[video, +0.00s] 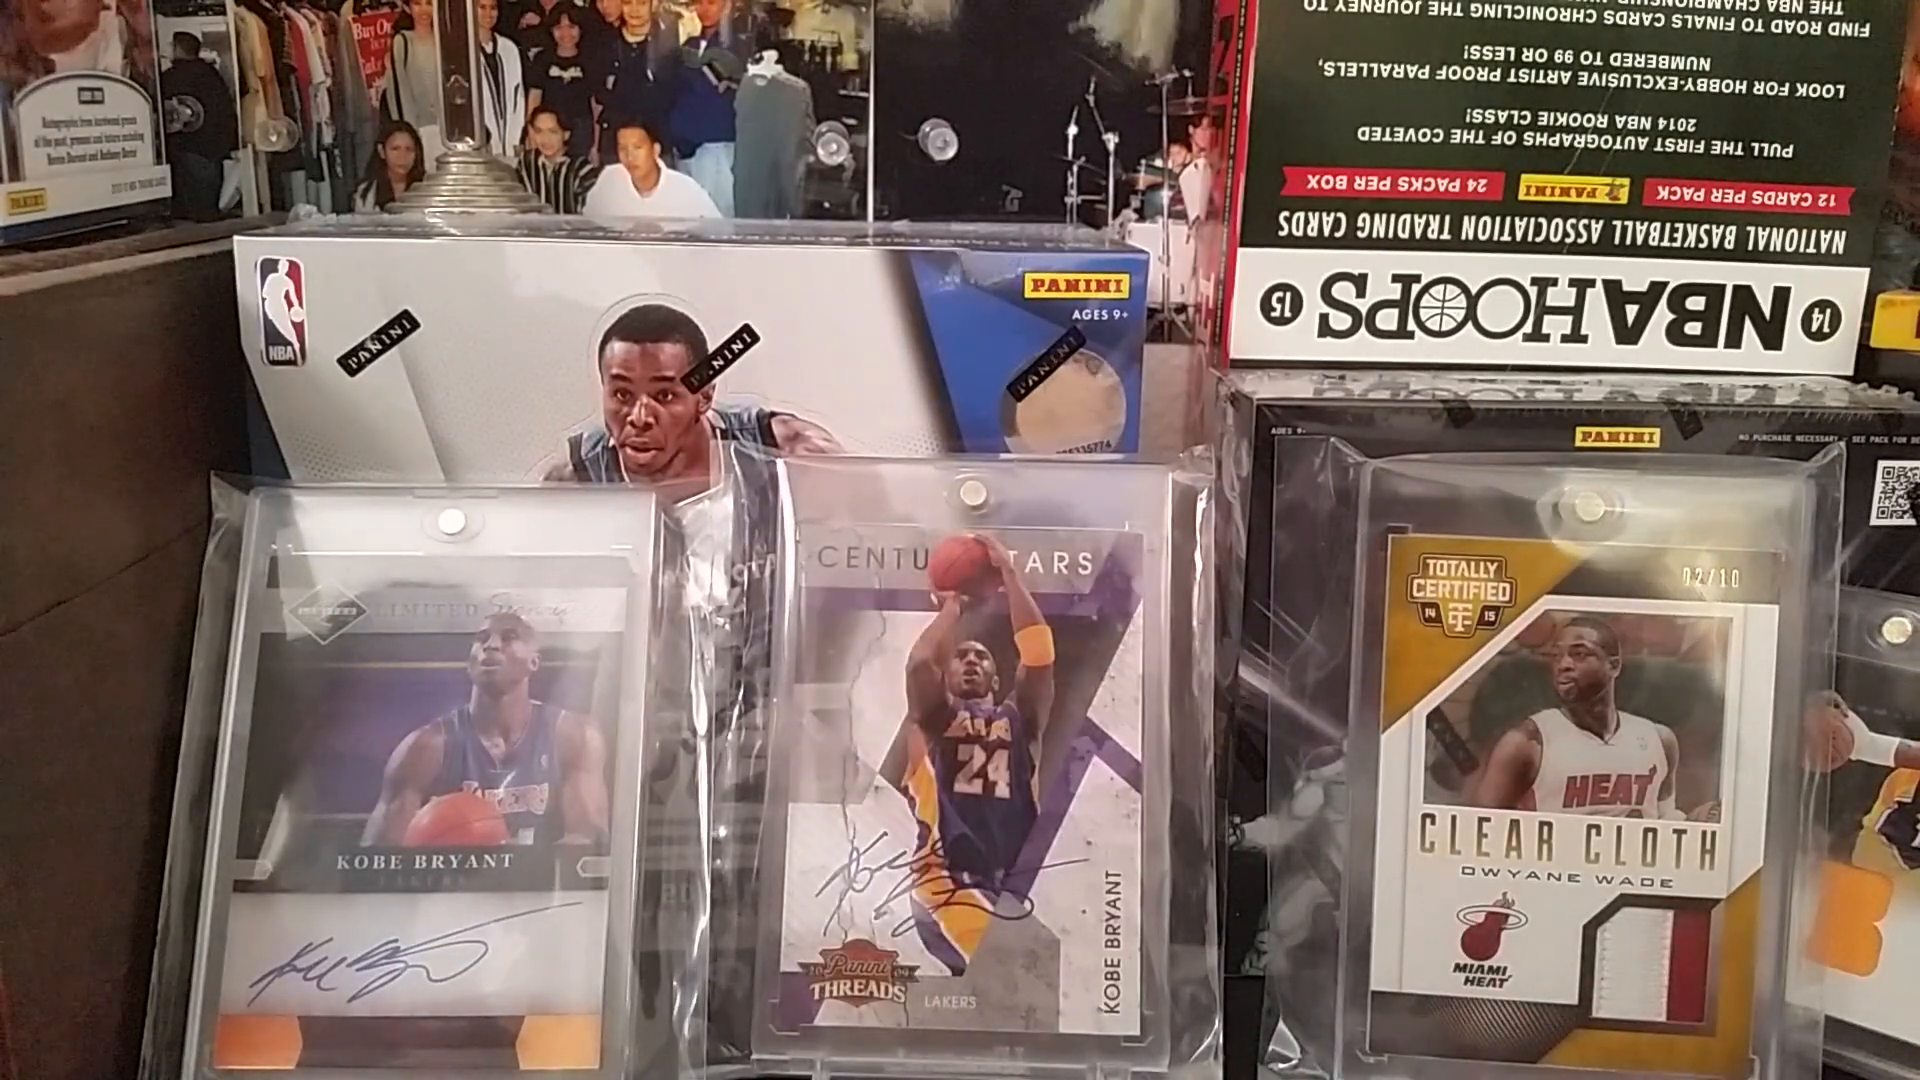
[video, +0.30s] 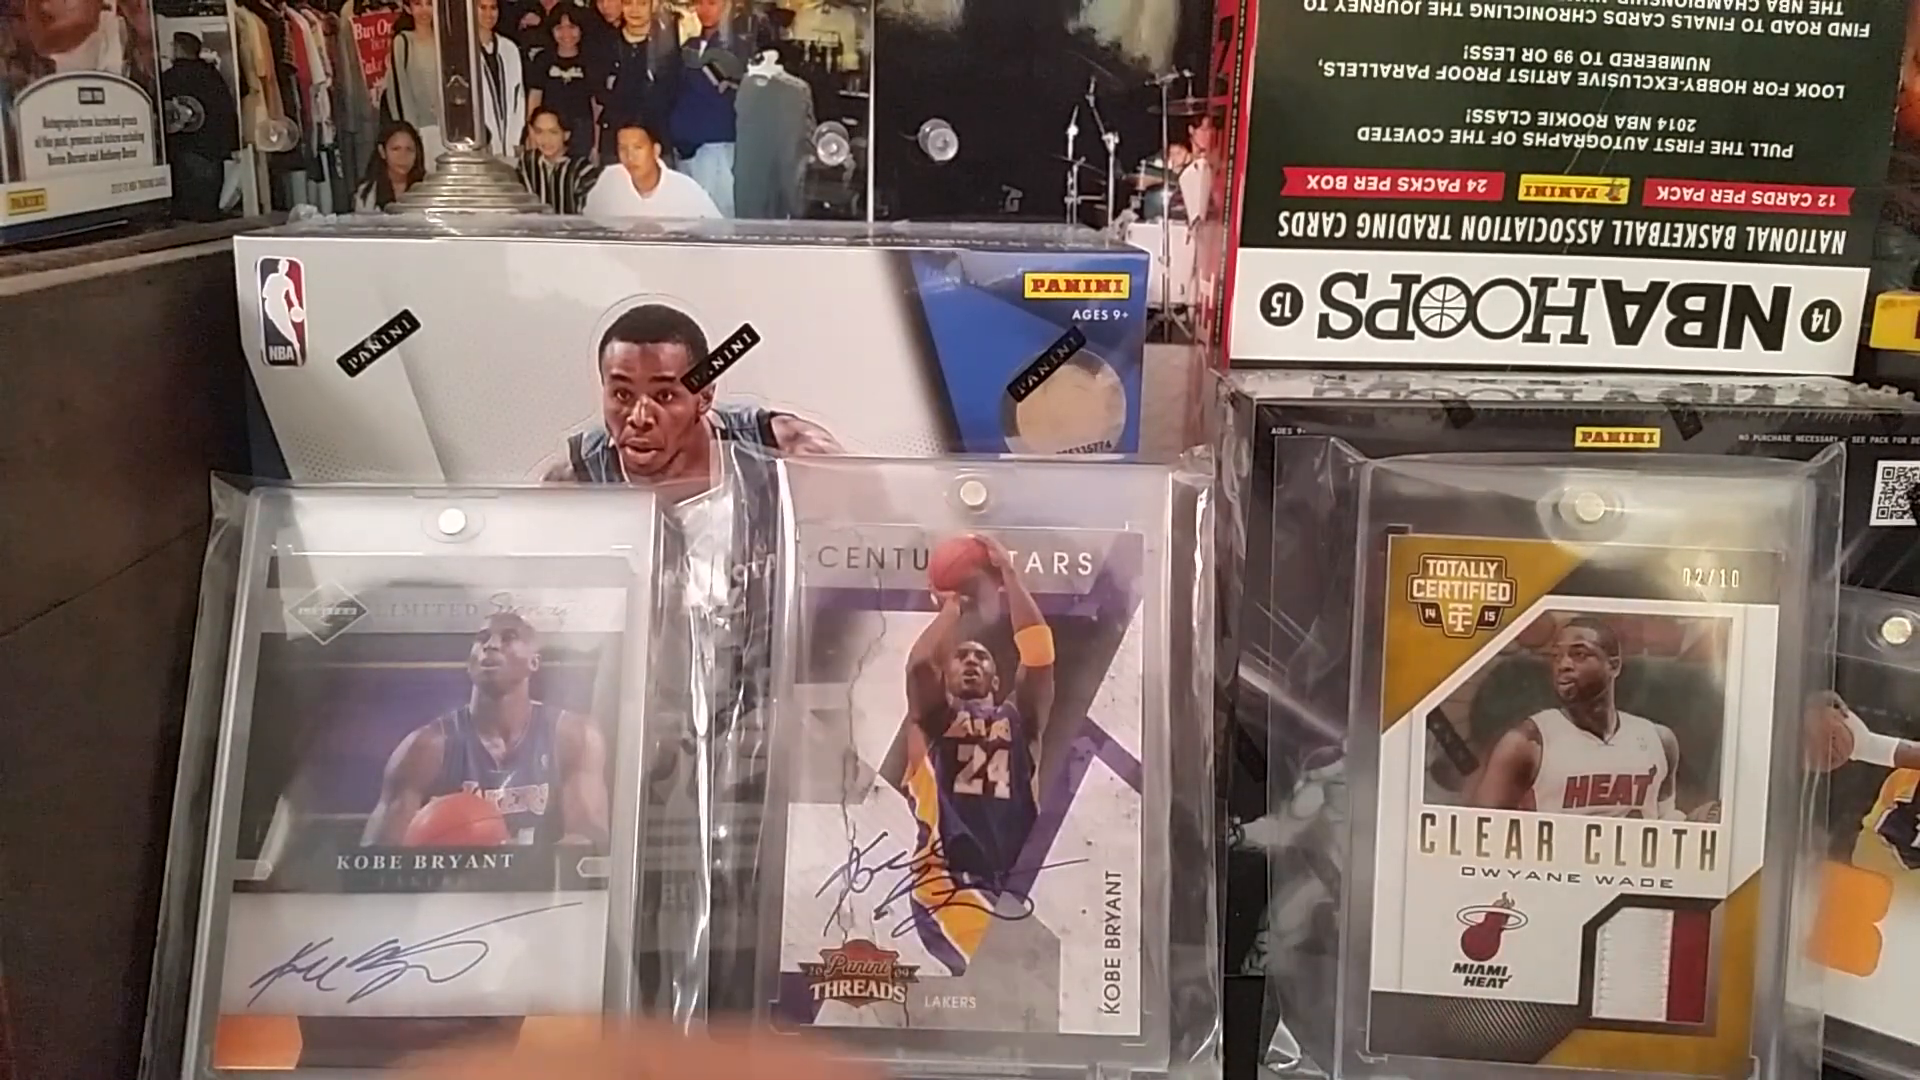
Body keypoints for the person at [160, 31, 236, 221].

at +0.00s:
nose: (171, 51)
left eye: (173, 47)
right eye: (173, 47)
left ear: (176, 49)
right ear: (197, 50)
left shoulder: (166, 78)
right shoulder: (213, 75)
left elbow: (158, 116)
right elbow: (226, 111)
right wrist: (229, 145)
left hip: (179, 150)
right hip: (211, 148)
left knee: (182, 207)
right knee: (208, 207)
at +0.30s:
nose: (172, 51)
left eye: (173, 47)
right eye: (173, 47)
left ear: (177, 49)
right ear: (198, 51)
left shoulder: (167, 79)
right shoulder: (213, 75)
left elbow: (158, 116)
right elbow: (226, 110)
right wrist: (230, 146)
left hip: (180, 151)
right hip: (211, 150)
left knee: (182, 208)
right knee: (208, 208)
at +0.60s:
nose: (173, 52)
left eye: (174, 48)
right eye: (174, 48)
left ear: (177, 50)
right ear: (198, 51)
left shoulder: (168, 78)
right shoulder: (212, 74)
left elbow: (159, 116)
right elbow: (227, 110)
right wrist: (231, 145)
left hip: (179, 151)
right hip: (211, 150)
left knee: (183, 208)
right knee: (209, 207)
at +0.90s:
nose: (173, 51)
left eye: (174, 48)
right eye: (174, 48)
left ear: (177, 50)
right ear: (198, 51)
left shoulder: (169, 78)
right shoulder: (213, 74)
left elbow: (159, 116)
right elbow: (227, 109)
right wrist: (231, 145)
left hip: (182, 150)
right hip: (213, 148)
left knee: (184, 206)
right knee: (210, 206)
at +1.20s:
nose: (173, 51)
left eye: (174, 48)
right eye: (174, 48)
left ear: (177, 50)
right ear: (198, 51)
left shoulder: (167, 79)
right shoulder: (214, 76)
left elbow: (159, 116)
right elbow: (227, 111)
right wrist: (232, 145)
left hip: (179, 150)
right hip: (212, 148)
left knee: (183, 206)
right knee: (209, 206)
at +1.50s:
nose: (173, 51)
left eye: (174, 48)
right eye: (174, 48)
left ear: (178, 50)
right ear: (197, 51)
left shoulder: (169, 78)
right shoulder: (212, 74)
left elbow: (160, 115)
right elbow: (228, 109)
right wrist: (232, 145)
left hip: (182, 149)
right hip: (213, 148)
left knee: (184, 204)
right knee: (210, 204)